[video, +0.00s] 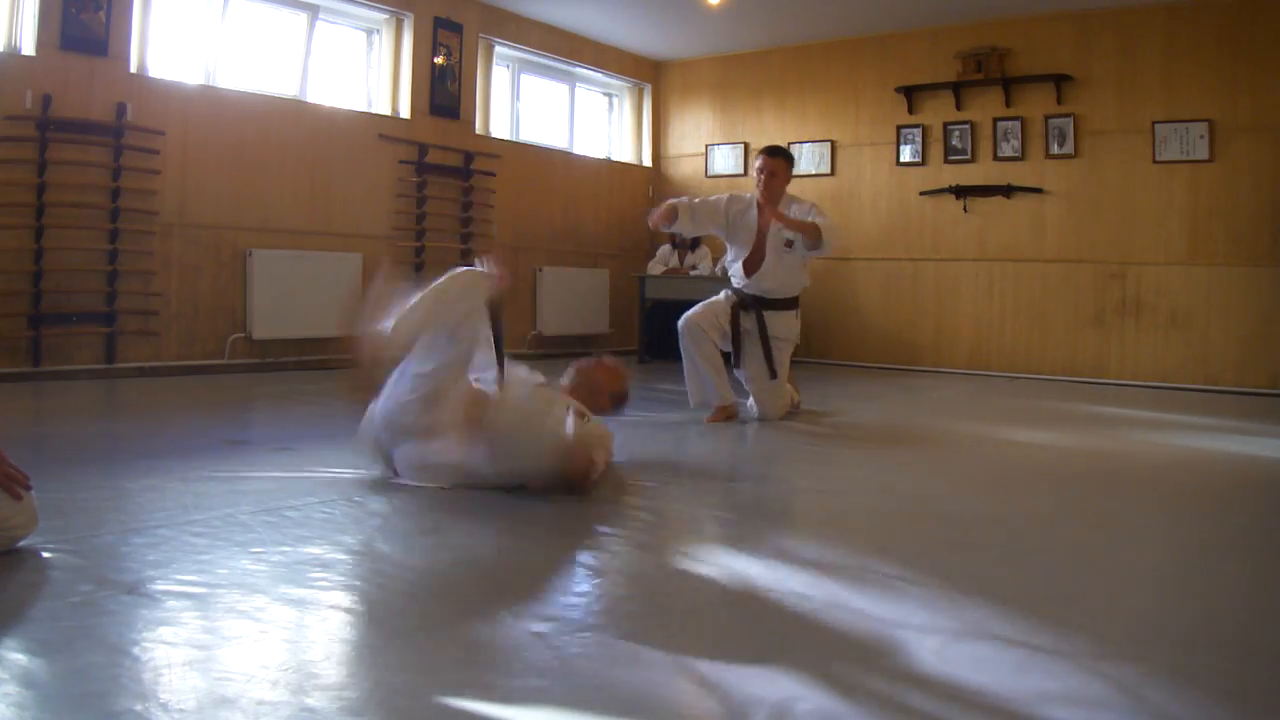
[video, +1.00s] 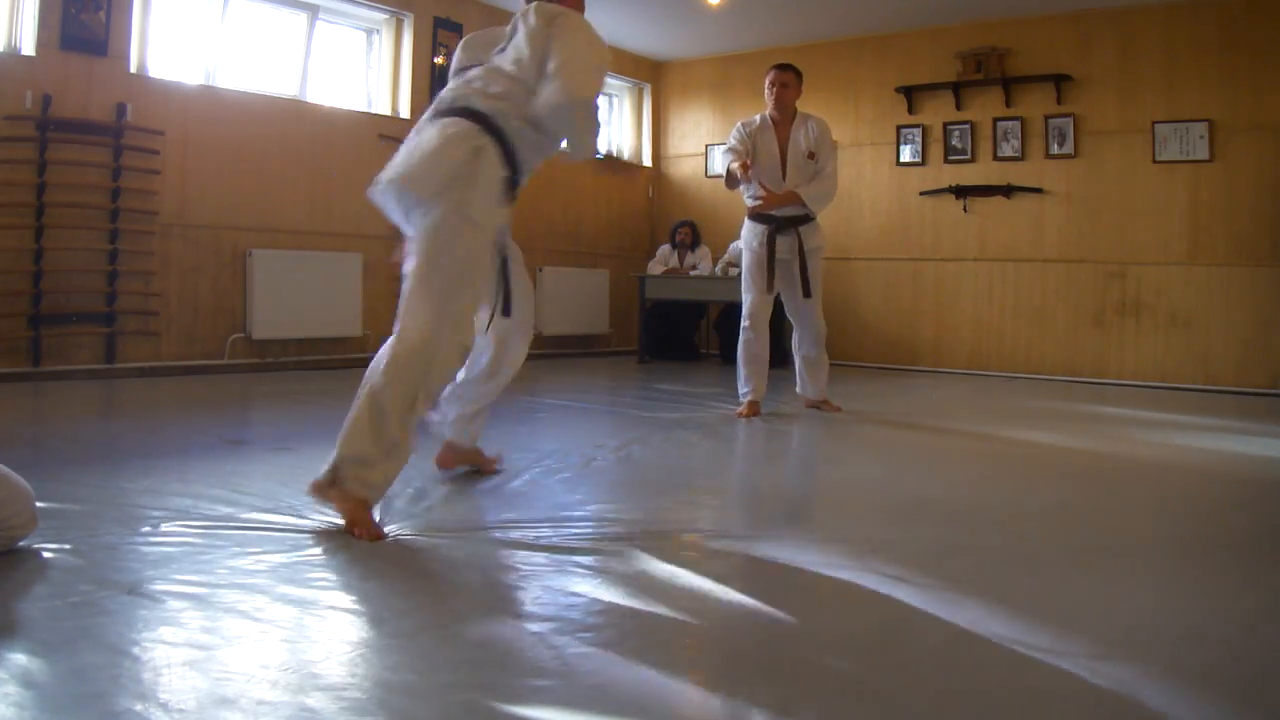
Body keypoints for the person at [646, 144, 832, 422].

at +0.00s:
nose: (763, 179)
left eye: (771, 174)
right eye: (759, 172)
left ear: (787, 179)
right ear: (753, 174)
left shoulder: (803, 212)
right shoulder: (736, 206)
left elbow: (826, 235)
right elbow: (696, 208)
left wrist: (785, 221)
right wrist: (670, 212)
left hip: (777, 313)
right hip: (735, 301)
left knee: (767, 410)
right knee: (692, 324)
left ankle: (789, 393)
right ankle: (724, 404)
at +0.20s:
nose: (751, 156)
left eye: (760, 151)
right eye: (747, 151)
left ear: (776, 158)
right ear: (741, 157)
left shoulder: (794, 196)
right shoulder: (727, 196)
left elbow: (823, 245)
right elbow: (690, 231)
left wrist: (806, 269)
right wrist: (682, 256)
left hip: (775, 293)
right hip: (731, 287)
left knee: (768, 397)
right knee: (701, 322)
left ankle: (791, 388)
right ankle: (725, 405)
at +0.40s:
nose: (756, 127)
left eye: (764, 122)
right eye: (751, 122)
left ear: (779, 130)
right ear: (744, 129)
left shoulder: (795, 167)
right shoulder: (728, 168)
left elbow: (814, 223)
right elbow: (706, 207)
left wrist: (774, 245)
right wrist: (720, 225)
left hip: (780, 263)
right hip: (734, 259)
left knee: (774, 354)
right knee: (711, 316)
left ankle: (788, 389)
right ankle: (726, 402)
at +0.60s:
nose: (762, 95)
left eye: (771, 89)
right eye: (757, 88)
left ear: (785, 96)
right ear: (750, 93)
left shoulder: (802, 130)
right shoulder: (734, 130)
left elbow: (817, 186)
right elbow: (720, 166)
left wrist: (773, 199)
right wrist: (733, 163)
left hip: (790, 232)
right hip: (746, 231)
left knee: (788, 313)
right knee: (737, 308)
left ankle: (788, 386)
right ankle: (737, 395)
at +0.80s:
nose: (767, 87)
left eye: (775, 82)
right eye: (762, 81)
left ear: (789, 88)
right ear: (755, 85)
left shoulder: (805, 124)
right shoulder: (737, 123)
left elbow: (817, 180)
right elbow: (721, 161)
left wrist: (779, 193)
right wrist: (733, 150)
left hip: (794, 230)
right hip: (749, 229)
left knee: (801, 314)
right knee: (750, 315)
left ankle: (808, 384)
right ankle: (752, 395)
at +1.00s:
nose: (776, 91)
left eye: (784, 86)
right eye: (771, 85)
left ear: (799, 92)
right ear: (764, 91)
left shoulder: (816, 129)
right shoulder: (747, 130)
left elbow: (826, 184)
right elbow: (730, 179)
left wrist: (785, 198)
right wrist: (738, 169)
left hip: (801, 233)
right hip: (758, 232)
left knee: (809, 317)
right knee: (753, 316)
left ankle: (813, 392)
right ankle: (750, 396)